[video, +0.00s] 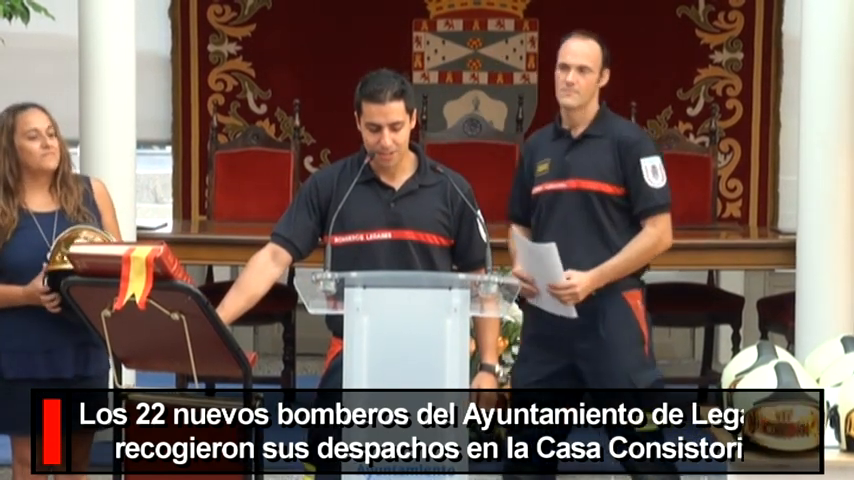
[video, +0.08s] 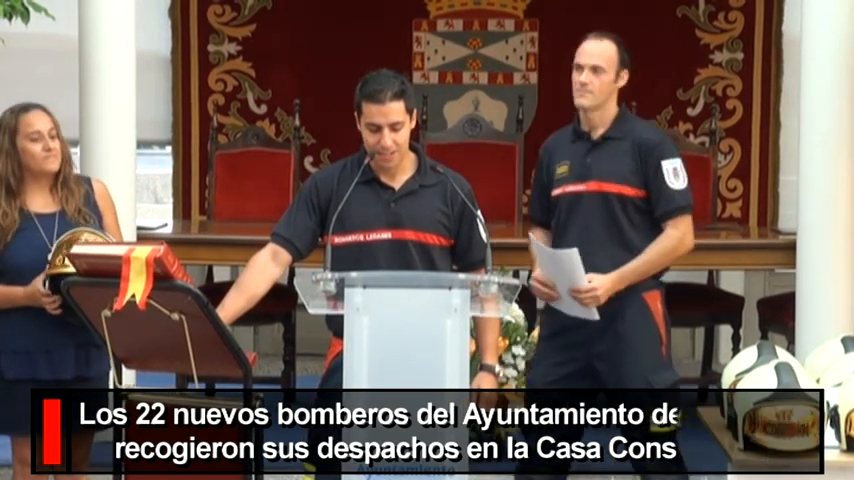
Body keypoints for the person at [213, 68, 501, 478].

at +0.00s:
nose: (384, 141)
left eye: (395, 127)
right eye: (373, 128)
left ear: (413, 121)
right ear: (358, 124)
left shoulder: (452, 191)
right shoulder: (329, 186)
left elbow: (481, 282)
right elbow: (274, 257)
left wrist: (489, 366)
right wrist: (214, 324)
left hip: (434, 353)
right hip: (354, 352)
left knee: (437, 469)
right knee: (333, 464)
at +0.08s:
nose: (385, 141)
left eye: (395, 128)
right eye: (374, 129)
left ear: (413, 121)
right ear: (358, 124)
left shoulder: (452, 191)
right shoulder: (329, 186)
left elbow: (481, 283)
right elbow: (274, 257)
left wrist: (489, 367)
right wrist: (214, 324)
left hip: (434, 353)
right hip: (354, 352)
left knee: (438, 468)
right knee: (331, 463)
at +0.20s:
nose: (385, 141)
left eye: (395, 127)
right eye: (373, 129)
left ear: (413, 121)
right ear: (358, 124)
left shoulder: (452, 191)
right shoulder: (329, 186)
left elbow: (481, 283)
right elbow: (273, 257)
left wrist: (489, 367)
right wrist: (214, 325)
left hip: (434, 354)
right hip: (355, 353)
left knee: (437, 468)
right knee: (333, 462)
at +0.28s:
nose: (385, 141)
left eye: (395, 127)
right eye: (373, 128)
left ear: (413, 121)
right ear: (358, 124)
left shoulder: (452, 191)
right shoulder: (329, 186)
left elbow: (481, 283)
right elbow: (273, 257)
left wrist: (489, 367)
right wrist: (214, 325)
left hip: (434, 354)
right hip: (354, 353)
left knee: (436, 468)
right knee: (333, 462)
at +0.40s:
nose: (384, 140)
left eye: (394, 127)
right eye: (373, 128)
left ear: (413, 121)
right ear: (357, 124)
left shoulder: (452, 191)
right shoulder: (329, 186)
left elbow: (482, 283)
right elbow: (273, 257)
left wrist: (489, 366)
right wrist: (214, 326)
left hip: (433, 354)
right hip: (354, 353)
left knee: (433, 466)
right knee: (332, 462)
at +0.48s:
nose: (383, 140)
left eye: (394, 126)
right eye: (372, 127)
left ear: (413, 120)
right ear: (357, 124)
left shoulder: (452, 191)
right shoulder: (329, 186)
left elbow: (481, 283)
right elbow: (273, 257)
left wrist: (488, 367)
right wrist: (214, 325)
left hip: (433, 356)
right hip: (354, 355)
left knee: (430, 466)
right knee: (331, 463)